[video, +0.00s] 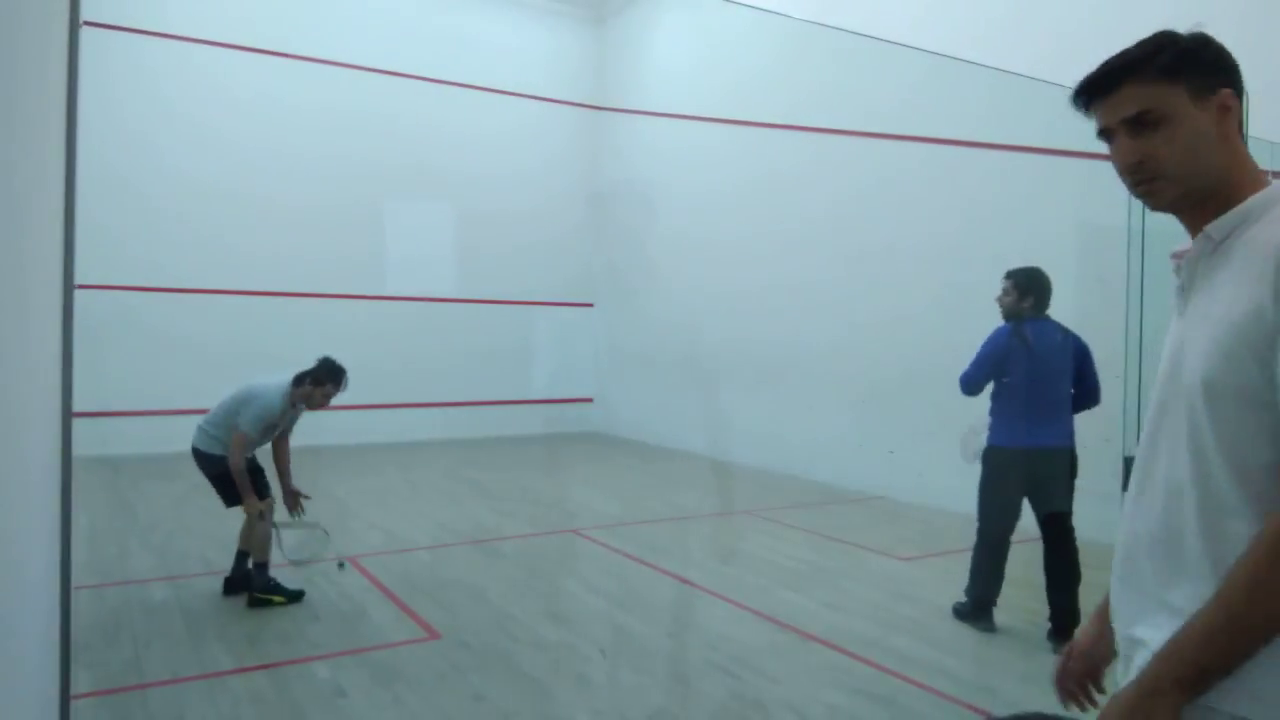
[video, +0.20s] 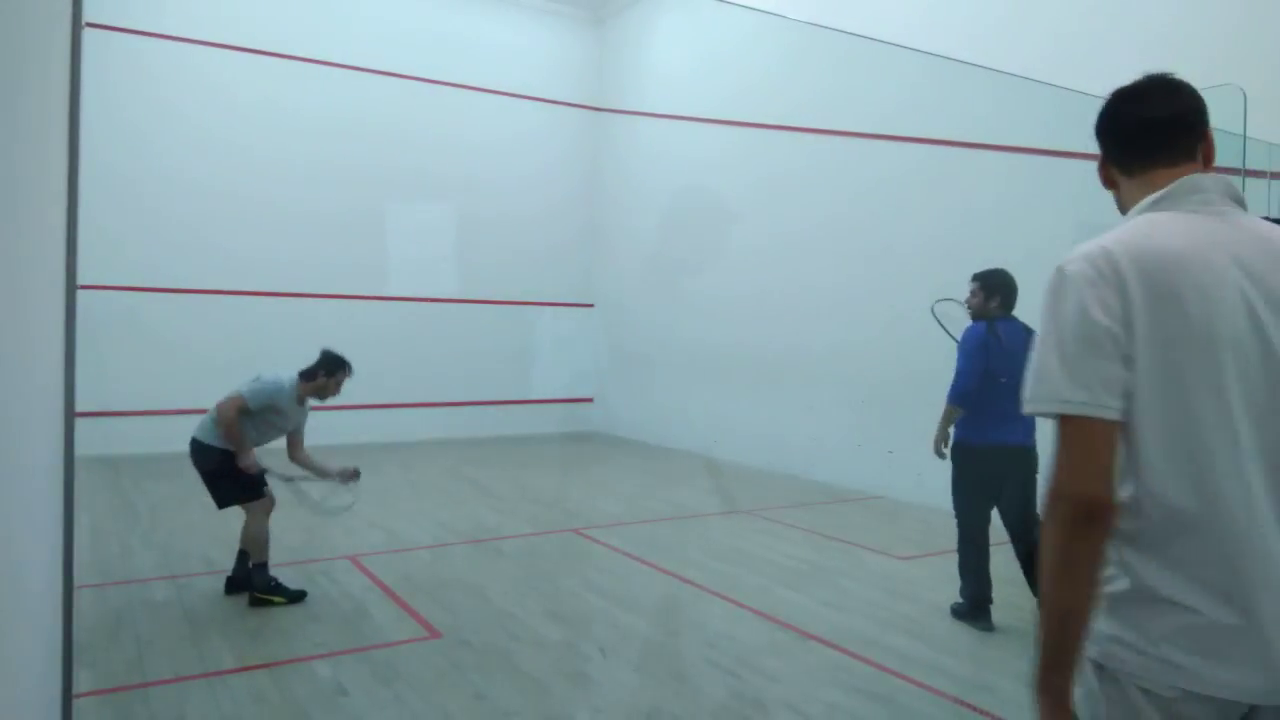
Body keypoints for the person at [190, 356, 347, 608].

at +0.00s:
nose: (327, 403)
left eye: (331, 398)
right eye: (326, 396)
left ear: (311, 385)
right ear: (311, 384)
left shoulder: (294, 403)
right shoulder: (267, 402)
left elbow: (281, 442)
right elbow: (236, 452)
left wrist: (287, 486)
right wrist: (248, 499)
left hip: (238, 449)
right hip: (213, 449)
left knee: (260, 506)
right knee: (264, 508)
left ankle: (238, 574)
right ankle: (261, 583)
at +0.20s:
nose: (338, 390)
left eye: (341, 385)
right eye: (338, 383)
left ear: (322, 377)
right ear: (322, 376)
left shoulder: (299, 408)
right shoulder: (277, 387)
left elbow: (296, 454)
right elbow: (226, 409)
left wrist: (334, 474)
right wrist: (244, 452)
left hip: (228, 448)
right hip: (211, 445)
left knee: (261, 505)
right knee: (261, 504)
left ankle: (240, 574)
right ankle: (261, 584)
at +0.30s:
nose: (331, 347)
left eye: (333, 339)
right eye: (331, 339)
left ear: (312, 334)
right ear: (316, 335)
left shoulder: (288, 366)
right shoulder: (279, 361)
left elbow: (280, 412)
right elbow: (243, 395)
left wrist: (314, 435)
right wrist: (276, 430)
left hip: (239, 438)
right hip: (237, 438)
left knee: (257, 505)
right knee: (269, 505)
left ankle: (240, 573)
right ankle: (265, 582)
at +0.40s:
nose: (325, 323)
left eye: (326, 317)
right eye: (324, 316)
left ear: (303, 314)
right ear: (312, 314)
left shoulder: (276, 341)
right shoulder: (287, 346)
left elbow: (267, 392)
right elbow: (264, 383)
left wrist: (306, 415)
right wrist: (305, 416)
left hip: (246, 431)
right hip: (264, 434)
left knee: (257, 499)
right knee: (297, 495)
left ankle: (240, 572)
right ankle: (279, 569)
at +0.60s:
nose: (358, 310)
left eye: (356, 305)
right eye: (357, 305)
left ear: (328, 305)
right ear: (351, 309)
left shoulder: (321, 337)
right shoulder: (328, 342)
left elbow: (324, 391)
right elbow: (313, 389)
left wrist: (356, 409)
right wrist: (357, 404)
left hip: (316, 430)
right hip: (321, 432)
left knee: (325, 498)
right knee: (328, 499)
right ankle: (321, 566)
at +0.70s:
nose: (375, 312)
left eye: (375, 306)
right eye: (374, 306)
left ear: (351, 306)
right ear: (364, 309)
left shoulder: (351, 343)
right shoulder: (334, 343)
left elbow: (362, 385)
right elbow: (313, 388)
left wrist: (401, 394)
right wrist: (349, 406)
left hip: (352, 433)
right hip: (334, 434)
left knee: (371, 488)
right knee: (337, 500)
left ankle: (353, 555)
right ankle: (322, 569)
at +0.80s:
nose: (398, 314)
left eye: (398, 308)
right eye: (393, 309)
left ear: (388, 311)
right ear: (379, 311)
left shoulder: (387, 343)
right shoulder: (354, 343)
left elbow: (416, 355)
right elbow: (326, 381)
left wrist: (453, 347)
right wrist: (345, 389)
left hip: (373, 433)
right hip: (350, 433)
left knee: (394, 479)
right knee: (345, 500)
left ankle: (403, 540)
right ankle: (324, 568)